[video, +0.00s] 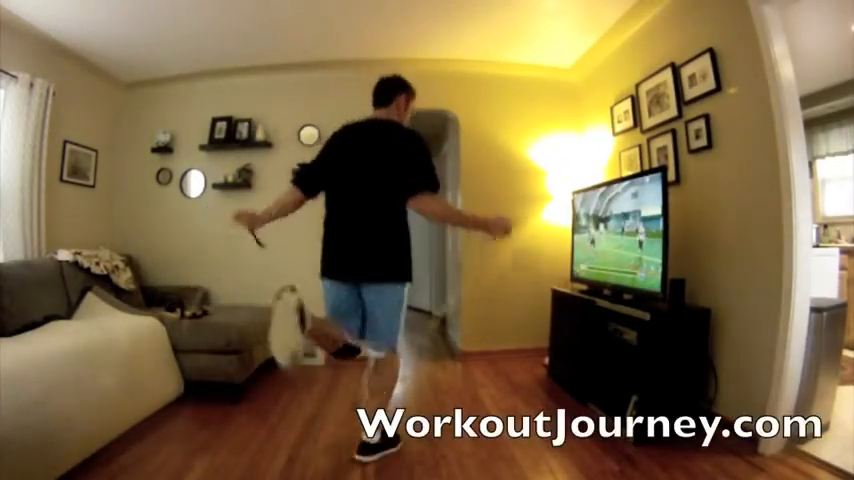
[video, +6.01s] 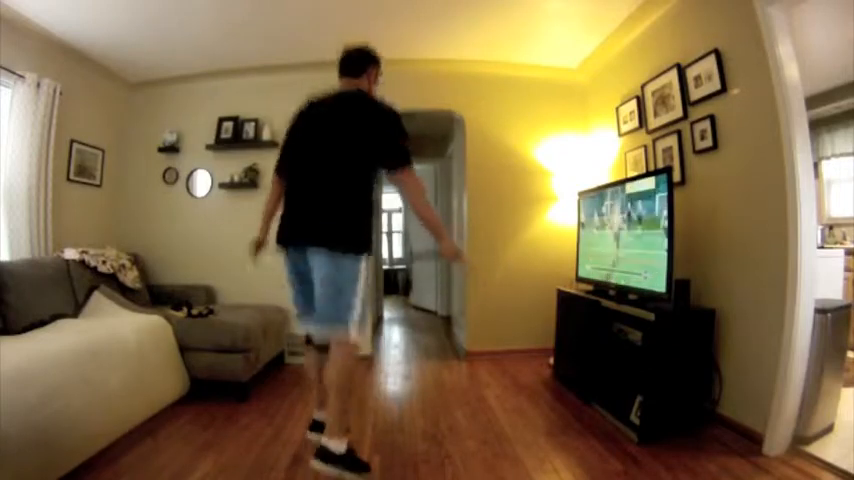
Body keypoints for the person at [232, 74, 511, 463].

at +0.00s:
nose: (411, 113)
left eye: (410, 106)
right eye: (411, 106)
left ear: (374, 103)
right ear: (402, 103)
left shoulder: (344, 137)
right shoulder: (407, 142)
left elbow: (303, 188)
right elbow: (420, 200)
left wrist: (261, 218)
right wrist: (482, 223)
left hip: (336, 258)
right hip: (385, 262)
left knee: (347, 344)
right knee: (382, 354)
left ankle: (307, 327)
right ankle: (375, 436)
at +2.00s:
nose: (406, 110)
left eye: (405, 104)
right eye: (406, 103)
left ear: (372, 99)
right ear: (396, 100)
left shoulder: (341, 128)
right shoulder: (400, 135)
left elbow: (301, 176)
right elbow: (411, 189)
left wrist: (269, 198)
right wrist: (470, 197)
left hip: (315, 240)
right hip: (361, 247)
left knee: (313, 327)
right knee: (361, 336)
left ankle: (262, 382)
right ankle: (344, 426)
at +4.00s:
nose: (378, 58)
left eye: (376, 52)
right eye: (378, 52)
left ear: (339, 49)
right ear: (371, 47)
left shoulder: (307, 83)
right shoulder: (372, 79)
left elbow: (273, 143)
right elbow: (389, 142)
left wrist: (252, 190)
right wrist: (447, 177)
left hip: (298, 207)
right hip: (341, 208)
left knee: (330, 310)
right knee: (330, 315)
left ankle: (332, 399)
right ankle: (308, 424)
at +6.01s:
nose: (378, 84)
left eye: (376, 78)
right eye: (379, 78)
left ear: (340, 74)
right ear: (372, 76)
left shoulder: (309, 112)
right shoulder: (378, 116)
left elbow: (280, 178)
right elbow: (407, 182)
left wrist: (262, 229)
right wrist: (444, 238)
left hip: (296, 235)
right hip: (341, 238)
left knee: (316, 336)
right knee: (342, 340)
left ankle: (319, 416)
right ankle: (333, 443)